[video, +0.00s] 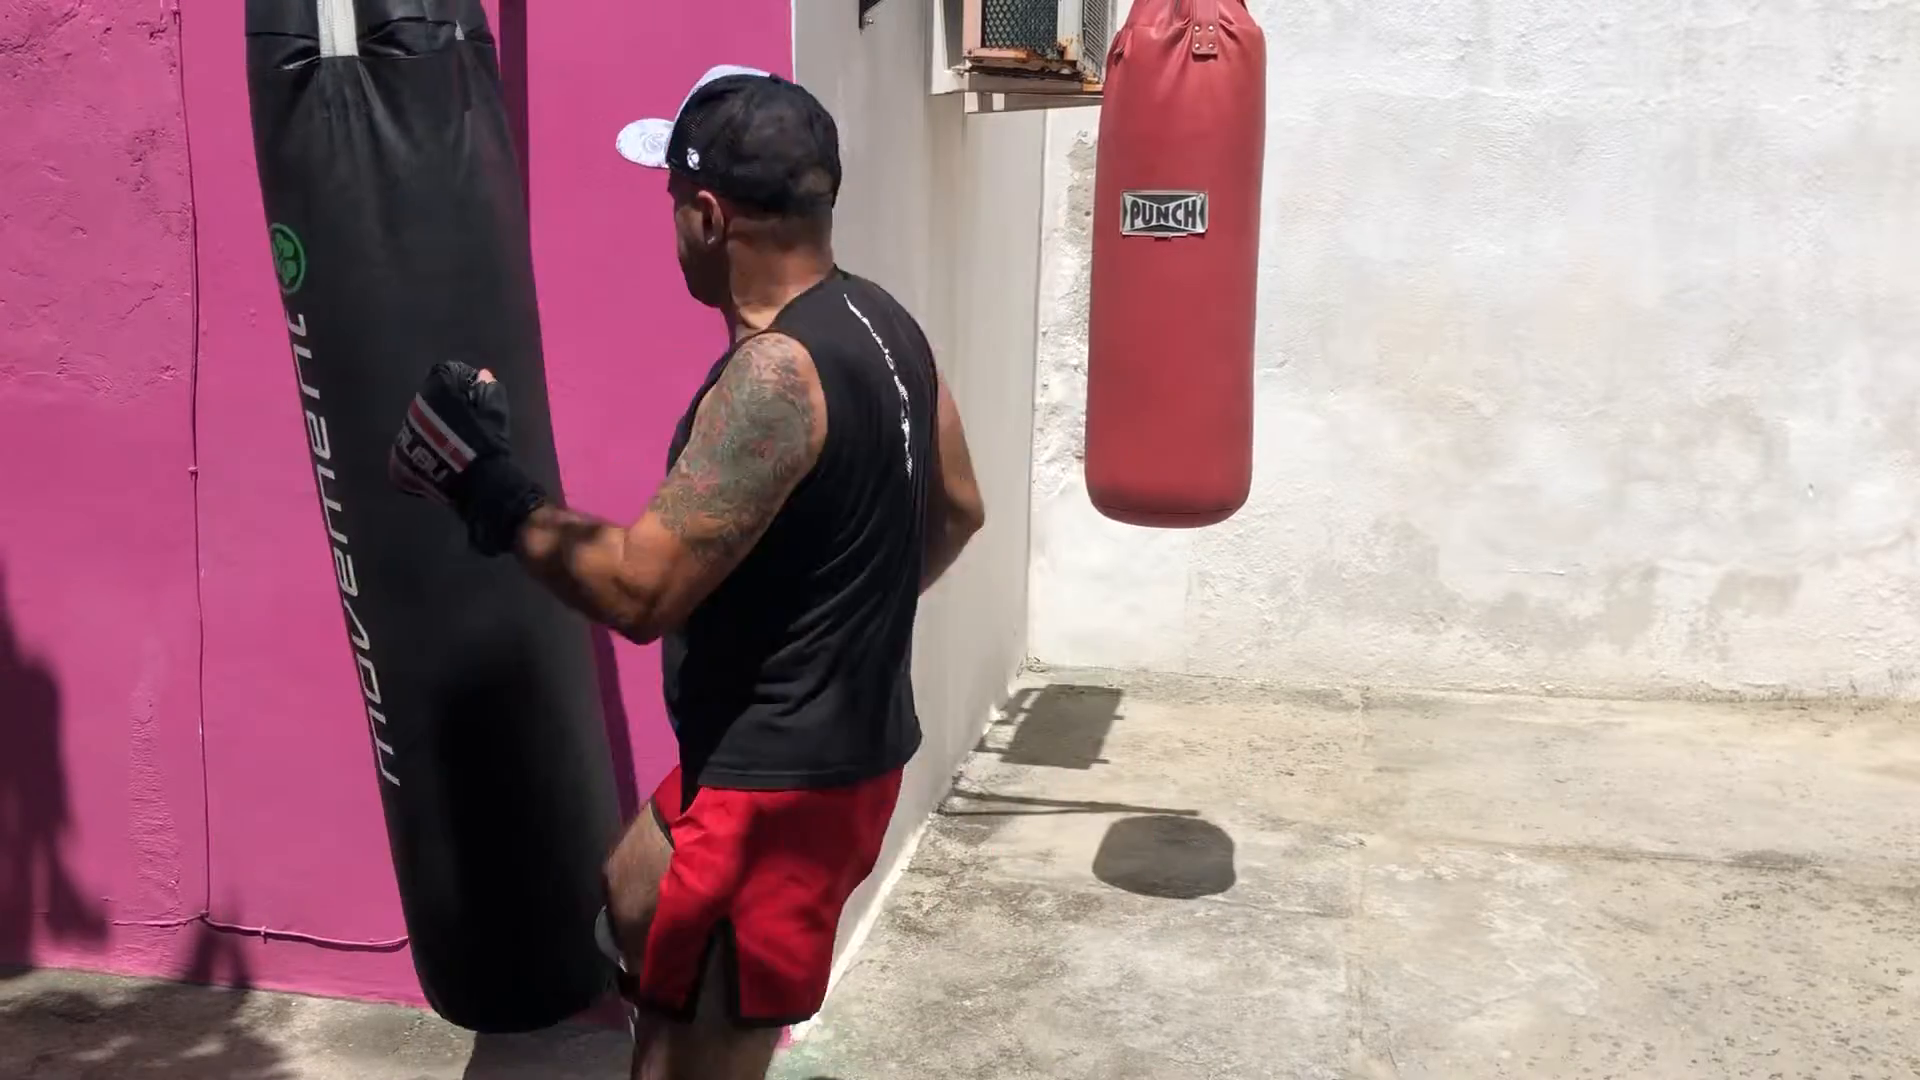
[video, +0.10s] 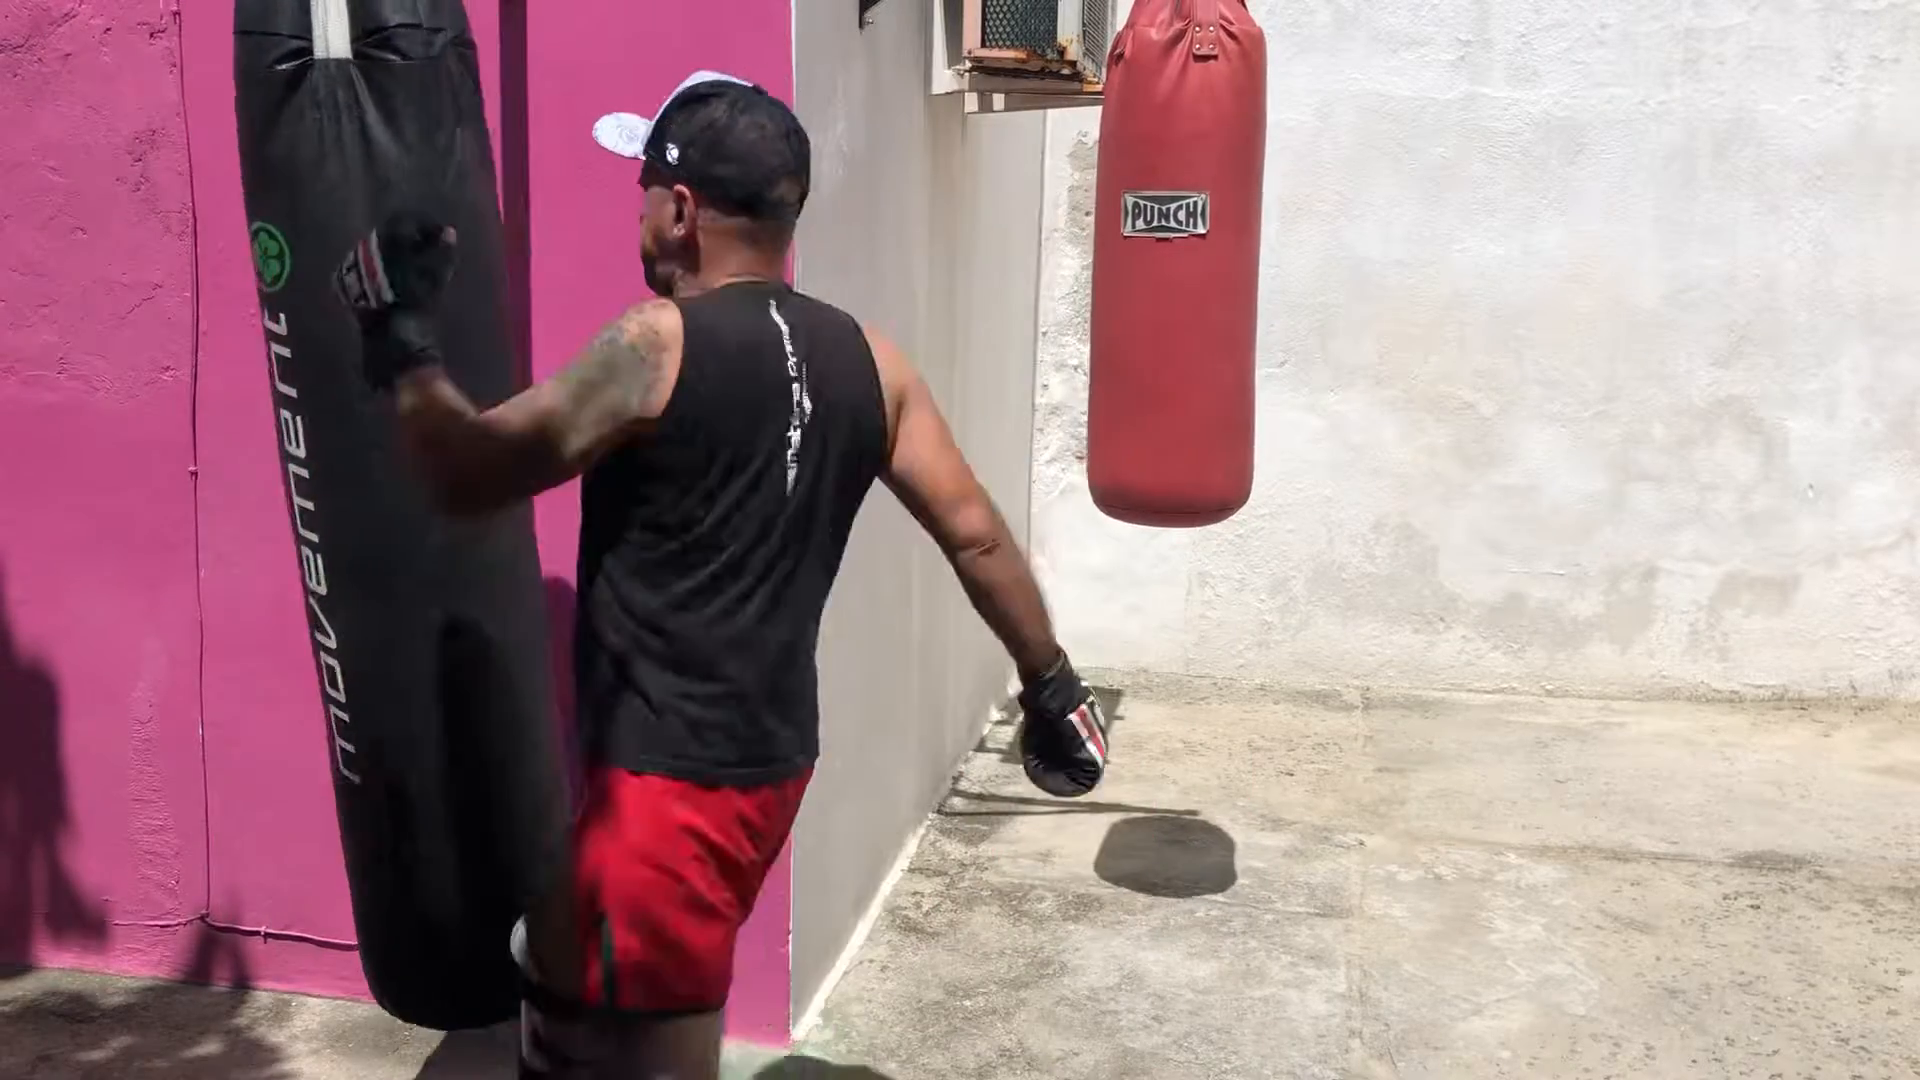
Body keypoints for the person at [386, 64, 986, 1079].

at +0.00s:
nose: (675, 227)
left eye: (675, 201)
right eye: (674, 201)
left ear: (713, 213)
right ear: (816, 204)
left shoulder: (774, 371)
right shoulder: (882, 323)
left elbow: (642, 588)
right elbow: (955, 511)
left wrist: (493, 489)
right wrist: (843, 600)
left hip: (776, 767)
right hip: (838, 731)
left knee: (701, 1056)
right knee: (635, 892)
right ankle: (693, 1049)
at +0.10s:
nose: (640, 219)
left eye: (647, 192)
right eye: (643, 191)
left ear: (682, 208)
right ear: (785, 217)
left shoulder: (655, 343)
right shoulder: (867, 359)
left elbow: (466, 470)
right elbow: (977, 534)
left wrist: (405, 342)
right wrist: (1051, 682)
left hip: (661, 769)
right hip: (766, 763)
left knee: (669, 1047)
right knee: (563, 998)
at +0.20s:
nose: (589, 192)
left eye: (598, 172)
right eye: (597, 170)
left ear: (630, 199)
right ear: (734, 203)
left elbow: (408, 355)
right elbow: (915, 516)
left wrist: (382, 264)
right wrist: (1017, 555)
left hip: (592, 720)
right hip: (696, 723)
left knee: (596, 1022)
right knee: (484, 937)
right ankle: (525, 1047)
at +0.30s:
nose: (531, 153)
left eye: (542, 134)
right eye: (541, 132)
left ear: (574, 158)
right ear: (677, 174)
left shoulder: (563, 281)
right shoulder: (715, 298)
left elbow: (380, 366)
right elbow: (772, 431)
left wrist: (381, 272)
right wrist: (677, 336)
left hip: (584, 701)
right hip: (658, 690)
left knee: (510, 1036)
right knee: (501, 1009)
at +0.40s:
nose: (510, 162)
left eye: (521, 140)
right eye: (518, 138)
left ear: (555, 162)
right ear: (640, 173)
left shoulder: (596, 297)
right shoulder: (632, 282)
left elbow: (392, 420)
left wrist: (416, 313)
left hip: (580, 720)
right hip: (555, 705)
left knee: (494, 1039)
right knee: (459, 986)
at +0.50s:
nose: (494, 181)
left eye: (500, 157)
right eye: (500, 158)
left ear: (530, 164)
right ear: (629, 177)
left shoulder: (515, 272)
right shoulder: (666, 306)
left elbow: (346, 396)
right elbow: (676, 476)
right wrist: (494, 459)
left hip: (555, 709)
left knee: (514, 1040)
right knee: (422, 919)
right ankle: (534, 1053)